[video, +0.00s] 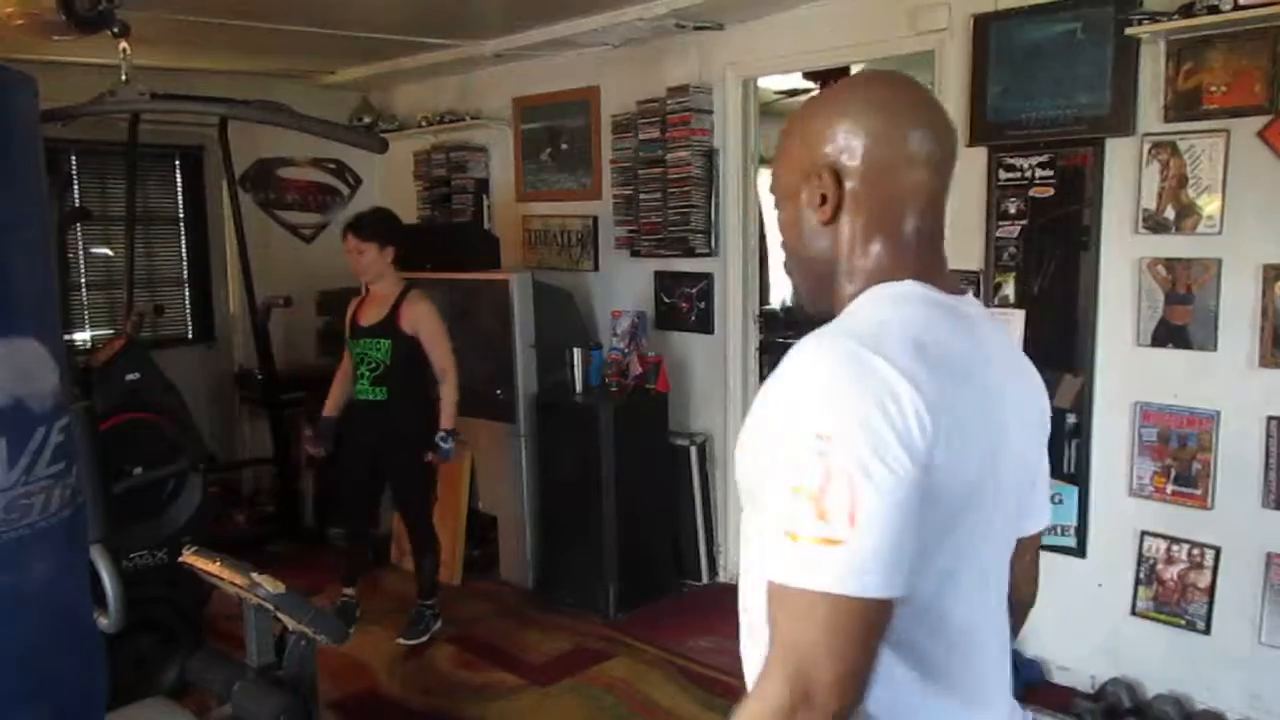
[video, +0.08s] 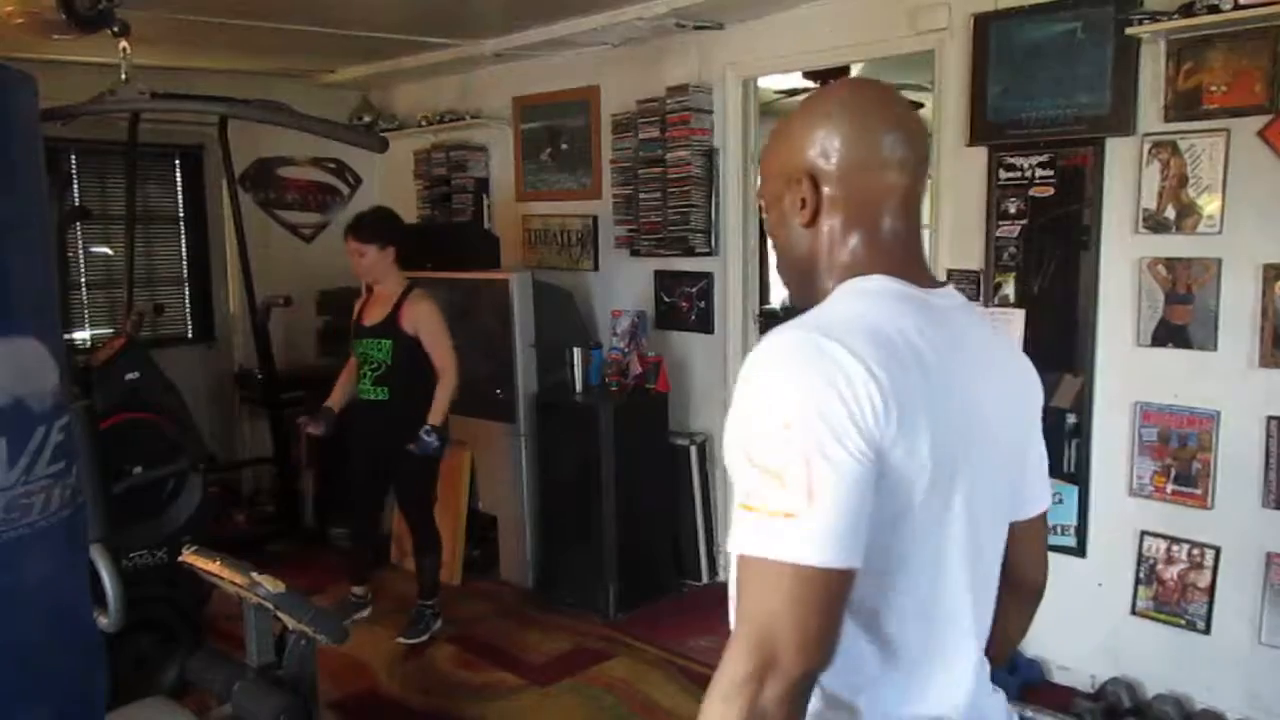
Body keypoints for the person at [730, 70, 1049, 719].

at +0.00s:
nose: (780, 235)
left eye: (780, 203)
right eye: (776, 205)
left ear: (825, 197)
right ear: (927, 196)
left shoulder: (849, 372)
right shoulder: (1007, 363)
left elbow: (810, 691)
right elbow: (1014, 594)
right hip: (987, 704)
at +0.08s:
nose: (771, 237)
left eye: (767, 210)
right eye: (764, 213)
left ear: (805, 201)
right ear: (910, 196)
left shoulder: (814, 360)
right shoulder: (1000, 356)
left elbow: (774, 665)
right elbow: (1023, 578)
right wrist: (958, 686)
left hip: (848, 706)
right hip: (977, 705)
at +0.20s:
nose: (735, 243)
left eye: (734, 218)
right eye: (732, 220)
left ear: (763, 213)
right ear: (861, 207)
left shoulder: (764, 349)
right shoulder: (958, 349)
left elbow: (754, 631)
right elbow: (1012, 564)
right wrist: (945, 680)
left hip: (815, 706)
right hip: (941, 703)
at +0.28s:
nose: (707, 245)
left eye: (706, 224)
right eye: (705, 225)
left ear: (733, 223)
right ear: (826, 217)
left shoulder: (730, 349)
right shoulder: (935, 353)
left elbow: (728, 607)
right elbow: (983, 565)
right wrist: (931, 683)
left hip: (781, 701)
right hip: (912, 697)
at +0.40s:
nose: (662, 249)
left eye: (662, 231)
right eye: (661, 230)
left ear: (682, 235)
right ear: (773, 224)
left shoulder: (671, 364)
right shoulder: (886, 356)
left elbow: (657, 601)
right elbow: (927, 564)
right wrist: (902, 692)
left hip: (724, 697)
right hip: (860, 692)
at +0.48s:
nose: (635, 250)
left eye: (635, 234)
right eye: (634, 234)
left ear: (652, 237)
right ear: (749, 229)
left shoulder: (637, 370)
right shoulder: (848, 353)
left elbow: (596, 607)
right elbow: (897, 543)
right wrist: (886, 685)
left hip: (690, 698)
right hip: (827, 693)